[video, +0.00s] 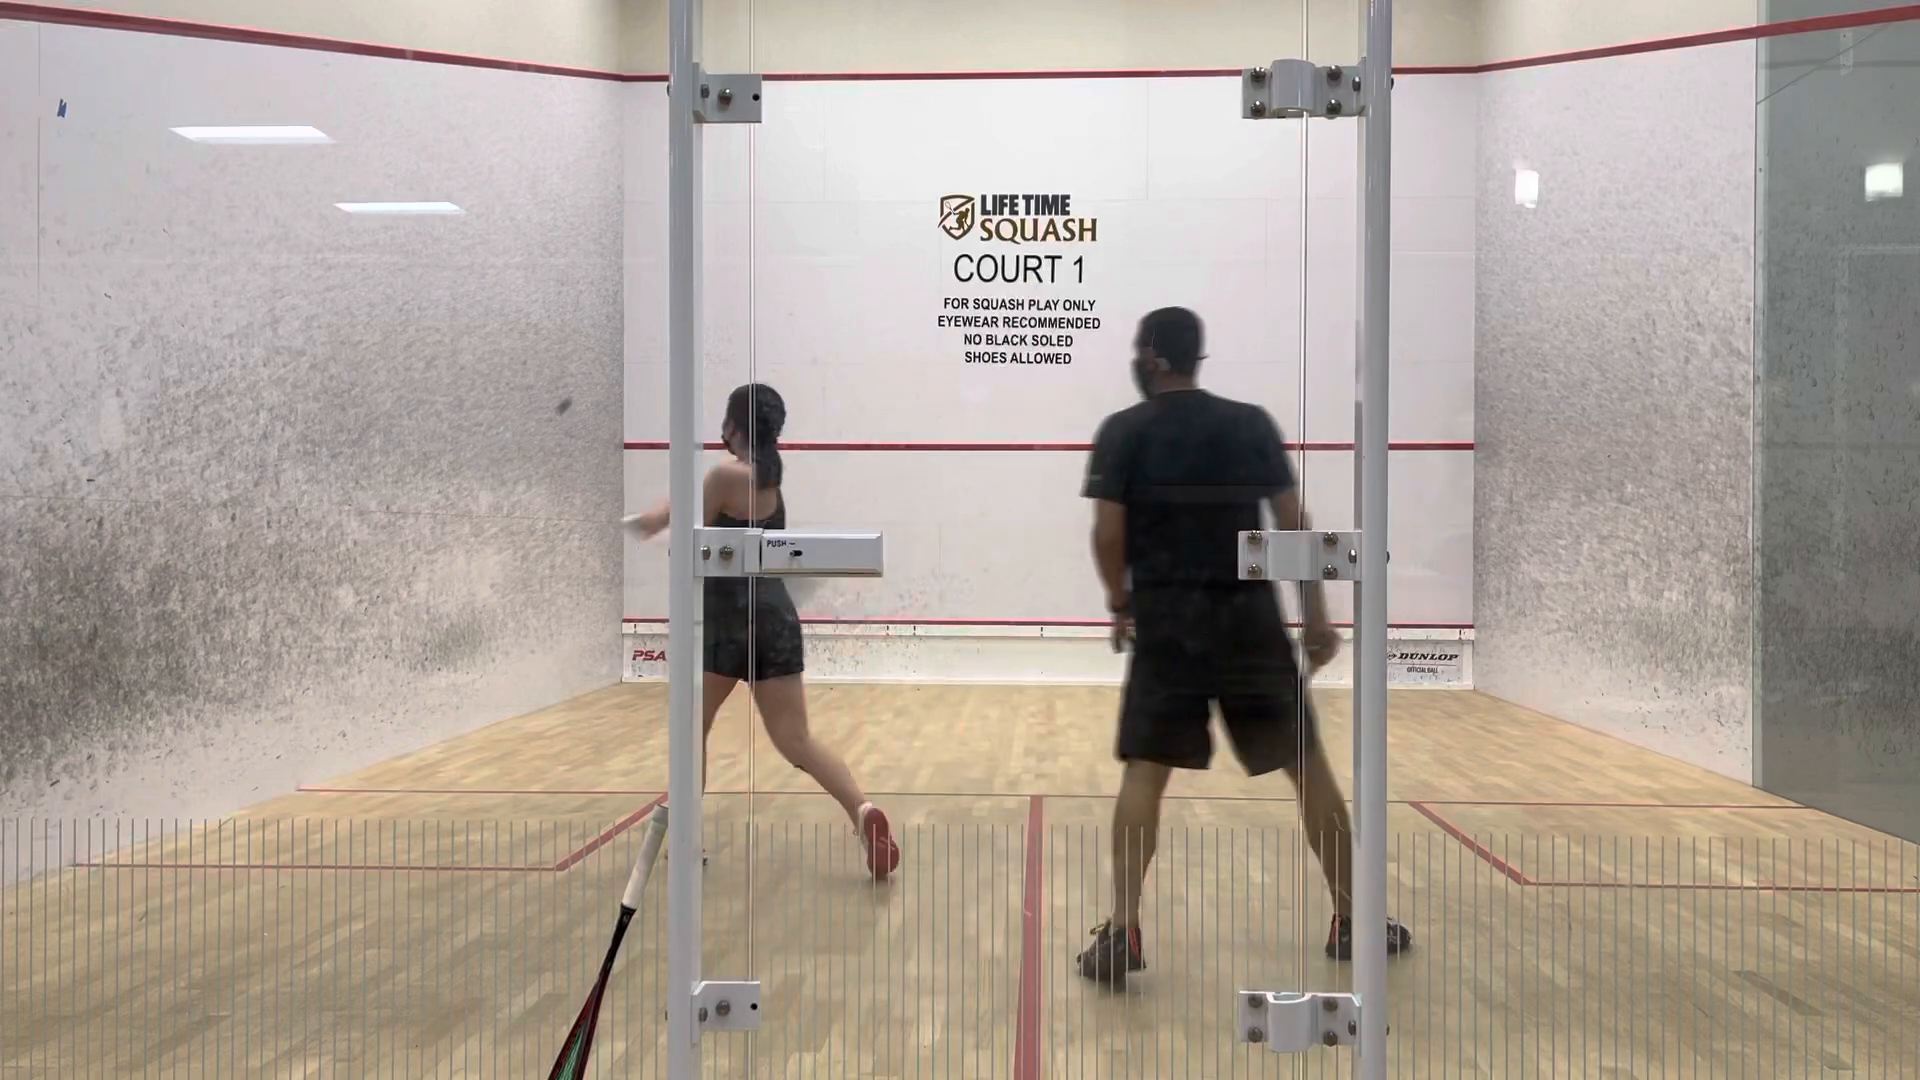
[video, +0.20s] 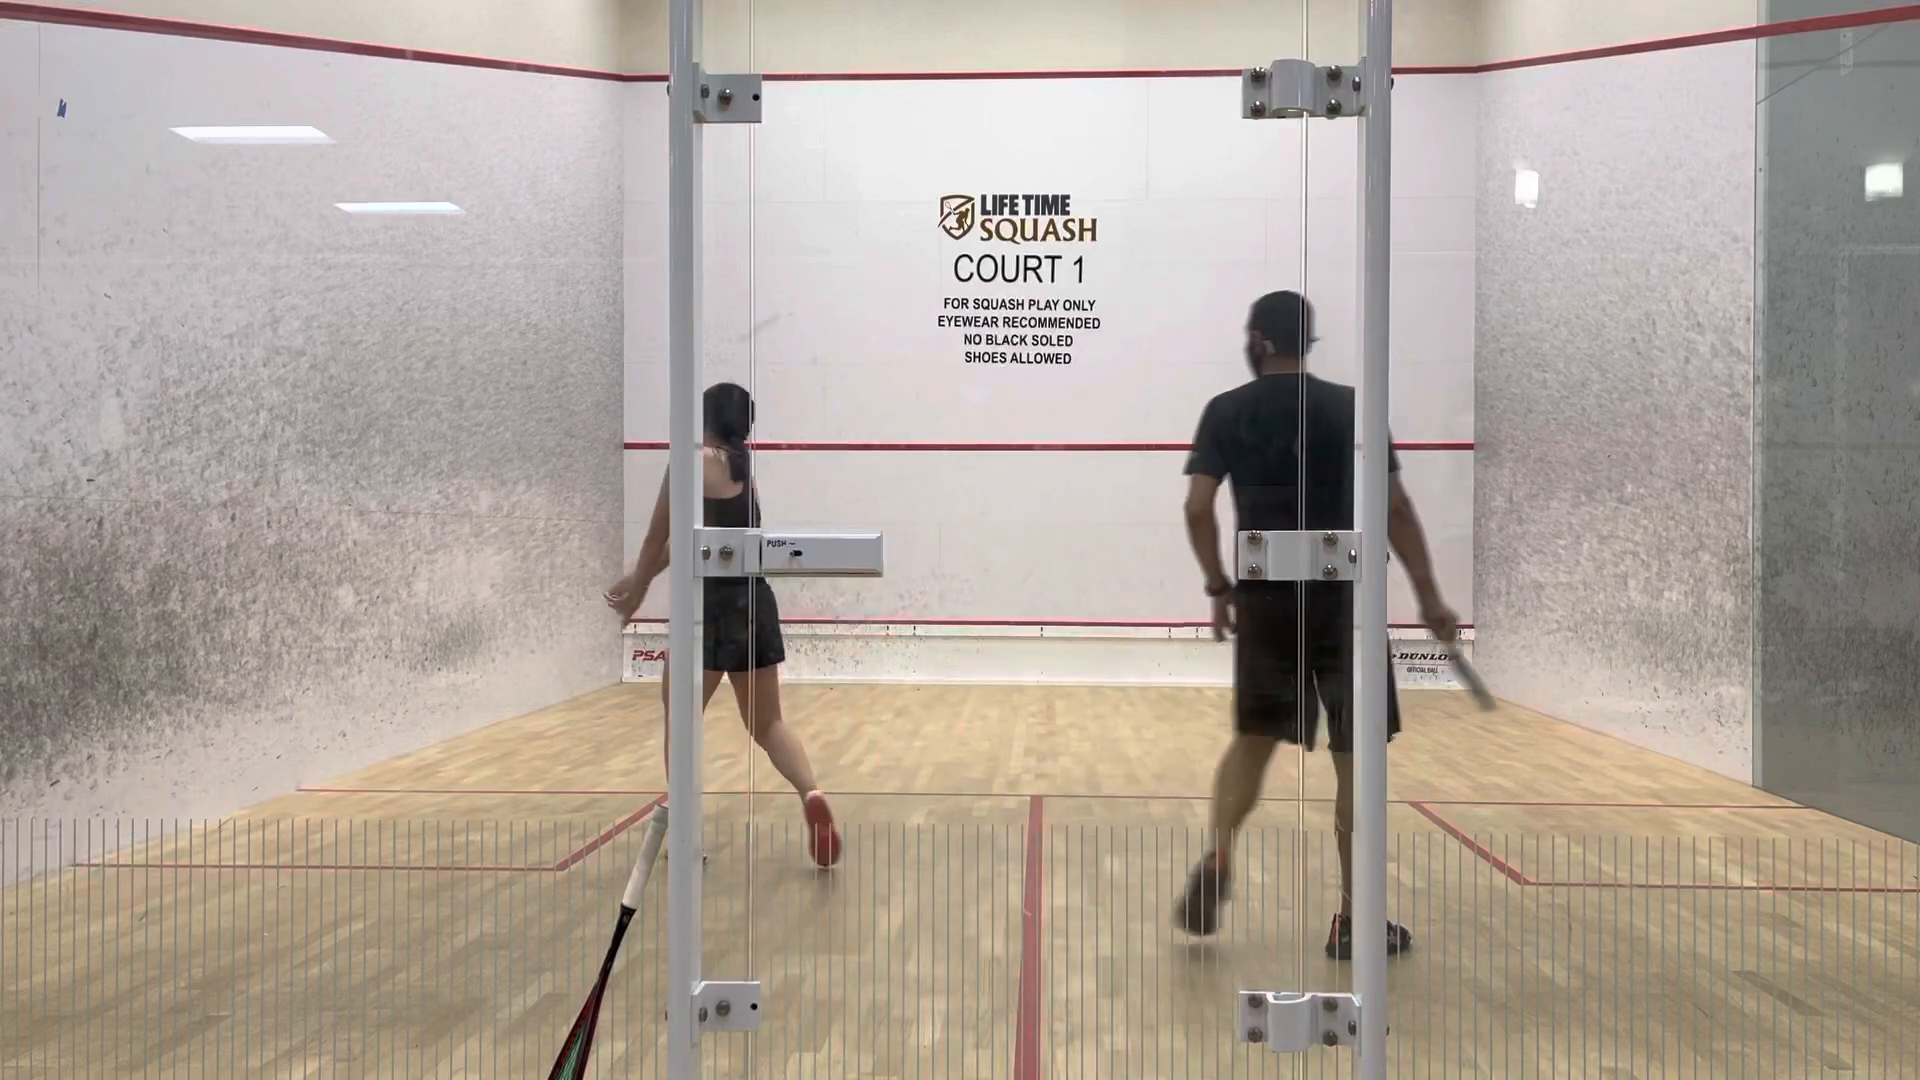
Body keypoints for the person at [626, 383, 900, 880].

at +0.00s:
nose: (721, 427)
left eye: (725, 419)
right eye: (724, 418)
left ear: (734, 425)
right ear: (770, 427)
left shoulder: (722, 476)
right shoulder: (769, 476)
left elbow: (682, 520)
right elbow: (711, 514)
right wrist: (665, 517)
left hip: (726, 622)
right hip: (775, 619)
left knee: (691, 728)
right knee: (794, 738)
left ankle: (684, 834)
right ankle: (862, 809)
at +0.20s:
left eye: (701, 414)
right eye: (742, 418)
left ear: (701, 418)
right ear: (745, 424)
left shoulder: (688, 464)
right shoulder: (743, 467)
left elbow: (657, 539)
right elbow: (683, 539)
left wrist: (636, 586)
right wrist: (638, 578)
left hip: (705, 607)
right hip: (754, 603)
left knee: (680, 716)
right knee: (767, 721)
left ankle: (682, 823)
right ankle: (811, 791)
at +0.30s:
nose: (679, 417)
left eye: (687, 409)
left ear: (695, 414)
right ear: (739, 423)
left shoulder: (674, 458)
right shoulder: (744, 471)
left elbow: (646, 533)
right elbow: (694, 545)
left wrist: (625, 591)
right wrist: (642, 597)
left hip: (692, 606)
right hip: (747, 605)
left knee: (675, 716)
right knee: (768, 712)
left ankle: (680, 825)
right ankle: (789, 796)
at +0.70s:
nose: (739, 416)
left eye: (736, 409)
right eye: (738, 410)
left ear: (687, 413)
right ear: (733, 415)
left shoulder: (662, 470)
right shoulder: (758, 472)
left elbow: (667, 544)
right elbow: (805, 536)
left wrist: (707, 567)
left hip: (701, 601)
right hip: (760, 599)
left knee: (695, 722)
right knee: (789, 707)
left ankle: (683, 828)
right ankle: (808, 816)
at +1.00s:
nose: (802, 442)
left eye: (798, 435)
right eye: (797, 436)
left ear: (750, 444)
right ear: (788, 443)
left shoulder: (732, 492)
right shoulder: (810, 492)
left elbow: (730, 553)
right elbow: (834, 559)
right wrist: (892, 569)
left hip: (742, 624)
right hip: (799, 626)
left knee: (711, 731)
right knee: (856, 711)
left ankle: (688, 833)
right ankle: (884, 813)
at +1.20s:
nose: (883, 424)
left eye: (879, 417)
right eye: (876, 420)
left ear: (839, 435)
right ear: (861, 432)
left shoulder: (823, 477)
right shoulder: (882, 482)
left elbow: (826, 538)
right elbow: (899, 549)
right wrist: (952, 577)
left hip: (820, 610)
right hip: (867, 613)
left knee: (795, 718)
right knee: (899, 715)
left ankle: (734, 792)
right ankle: (892, 818)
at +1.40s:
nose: (946, 418)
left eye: (942, 411)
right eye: (938, 413)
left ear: (901, 424)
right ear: (918, 423)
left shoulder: (878, 469)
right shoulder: (942, 476)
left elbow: (844, 529)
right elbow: (948, 545)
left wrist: (831, 583)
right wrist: (996, 577)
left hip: (873, 601)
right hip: (916, 606)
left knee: (898, 704)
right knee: (914, 715)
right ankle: (892, 815)